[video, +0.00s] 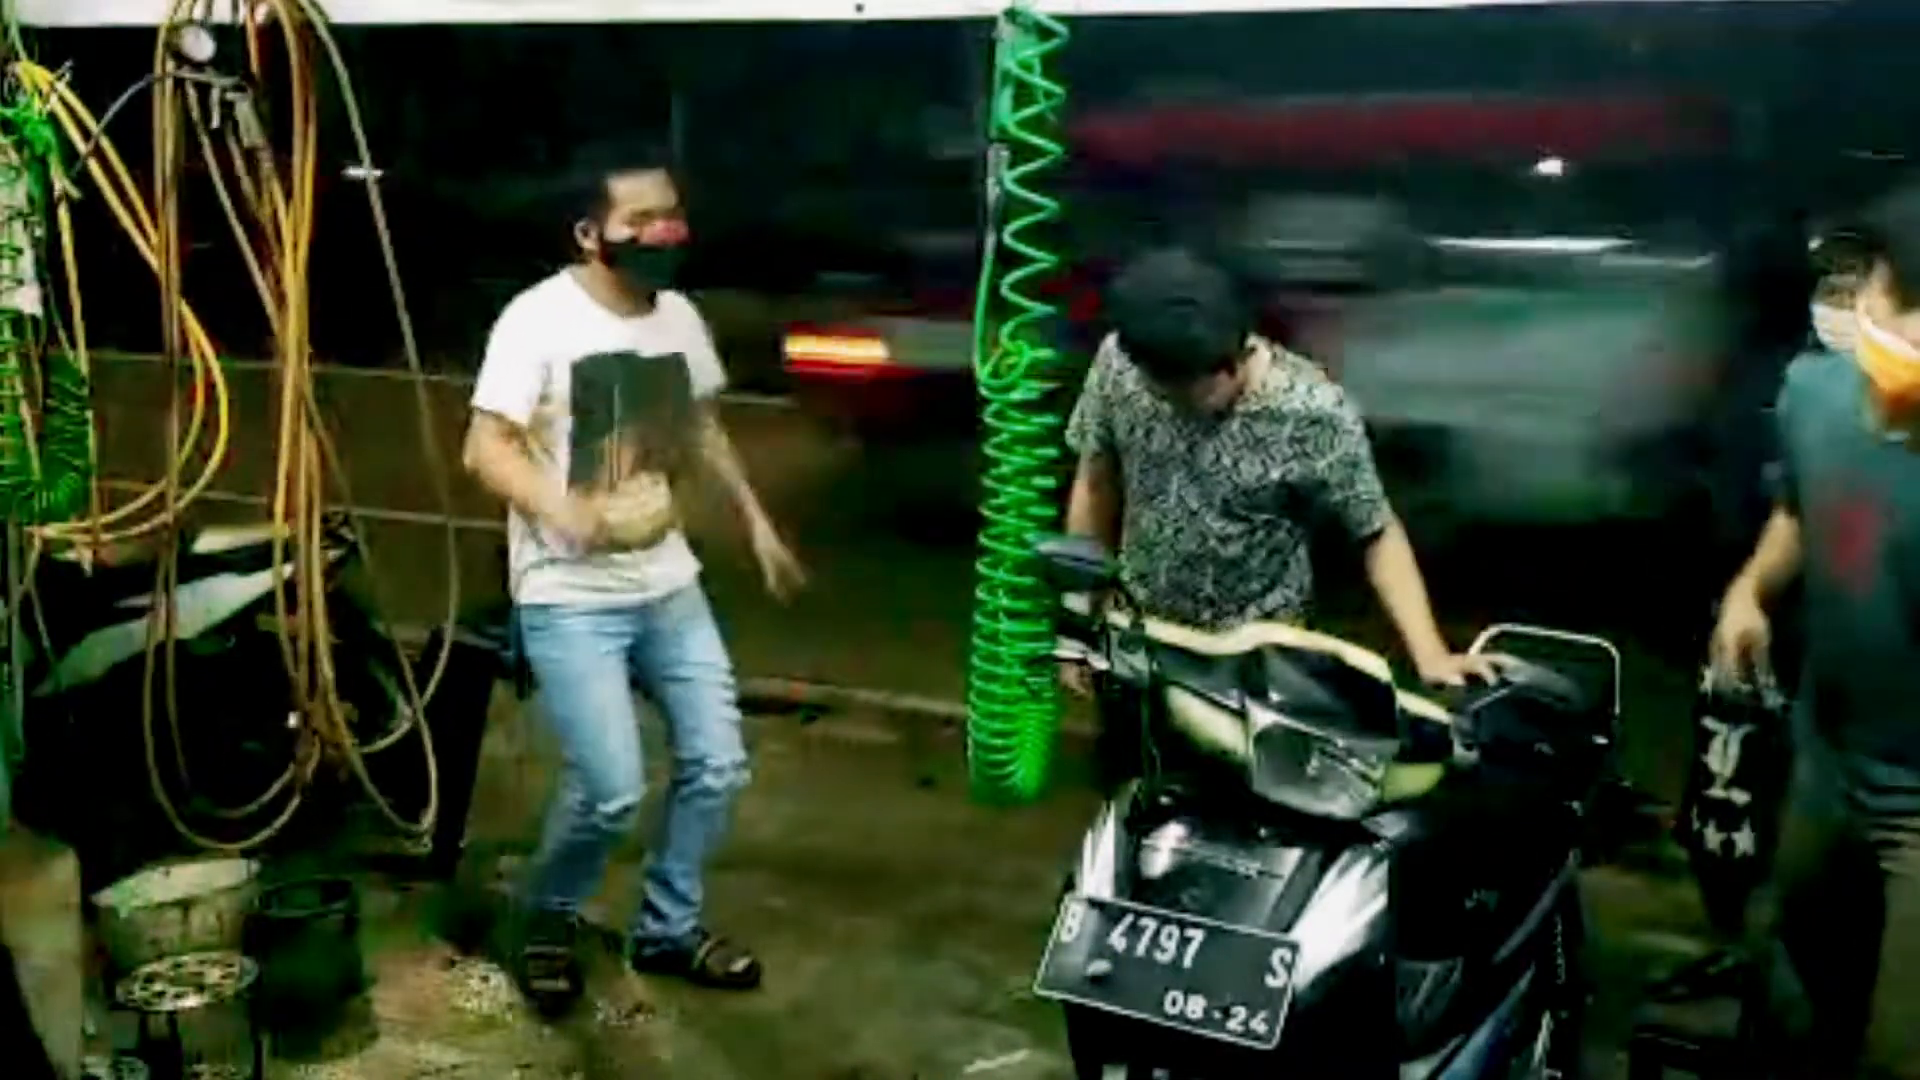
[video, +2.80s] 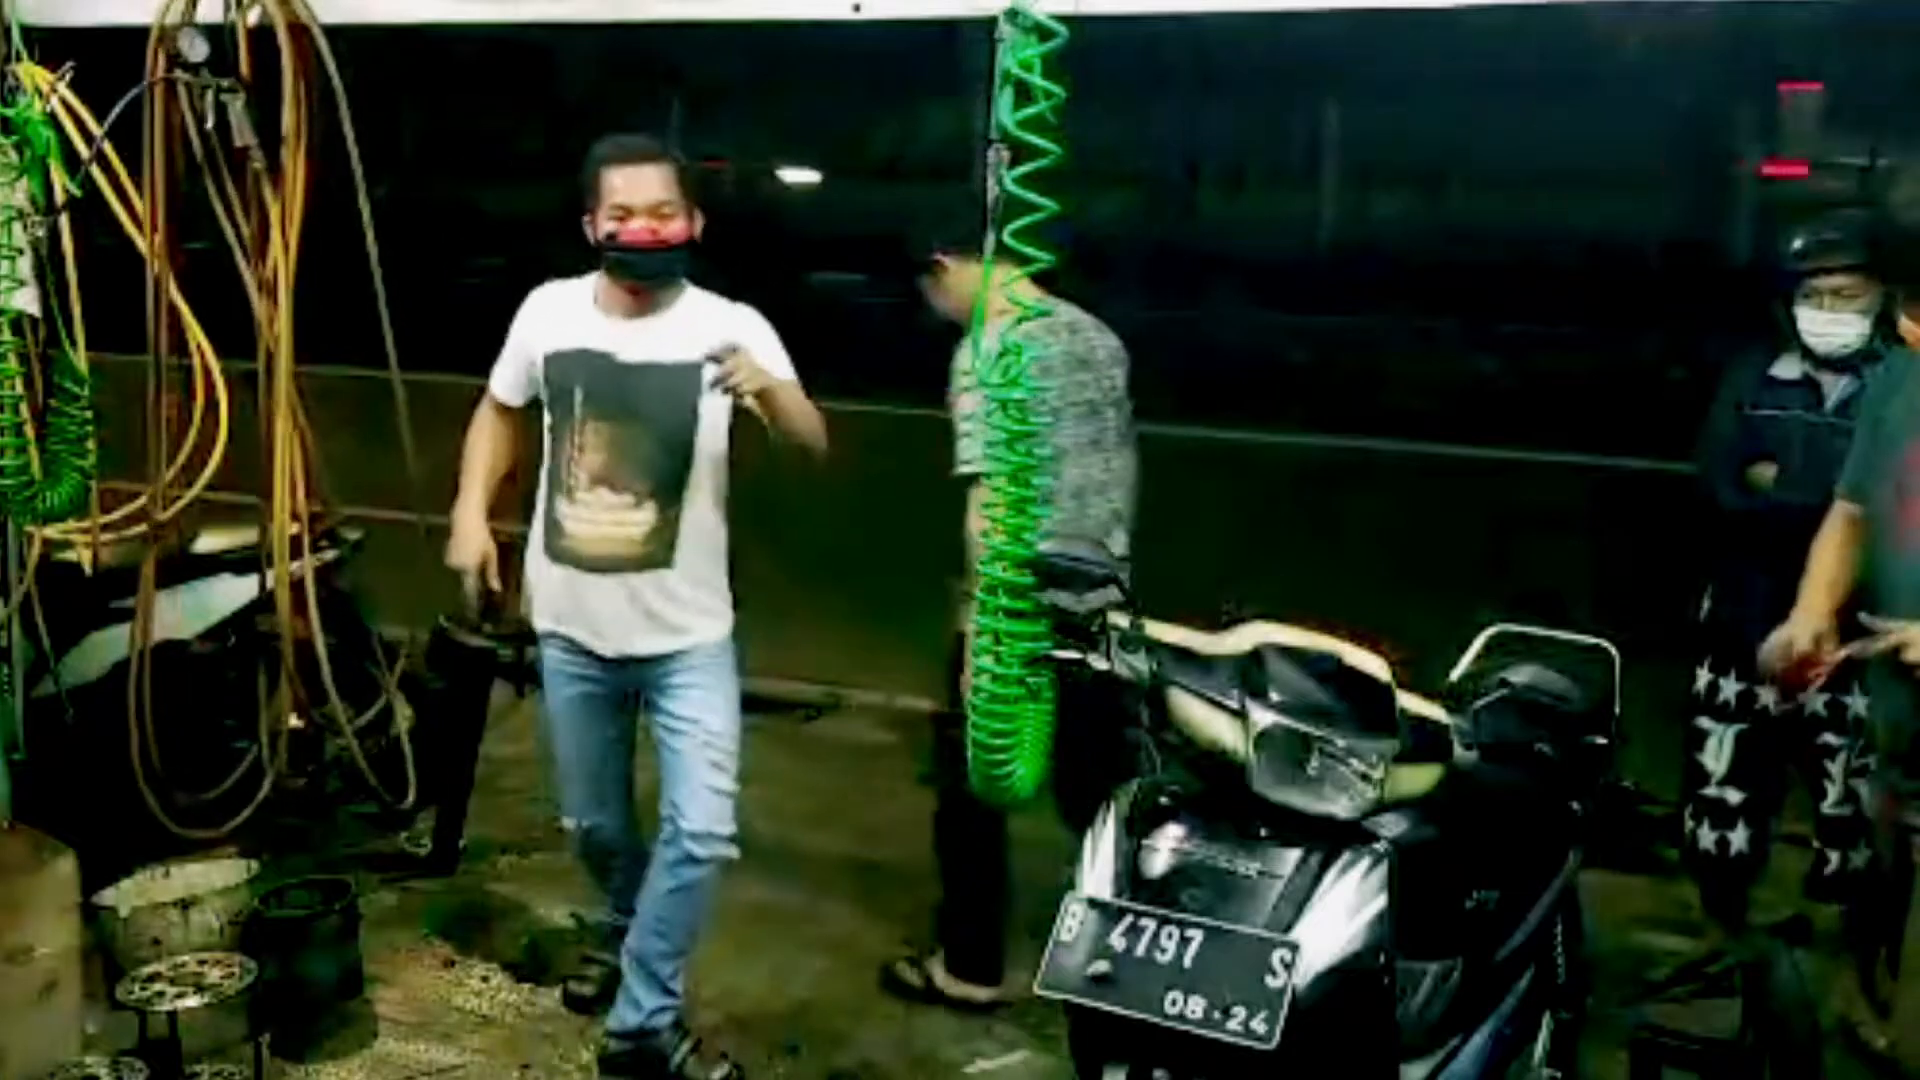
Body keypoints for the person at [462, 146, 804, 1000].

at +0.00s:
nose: (666, 236)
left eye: (671, 217)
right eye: (643, 222)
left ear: (679, 220)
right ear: (590, 232)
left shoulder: (680, 319)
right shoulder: (534, 321)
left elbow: (706, 433)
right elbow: (487, 449)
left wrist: (757, 523)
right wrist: (563, 513)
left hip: (668, 585)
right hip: (567, 598)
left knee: (716, 766)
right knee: (612, 790)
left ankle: (668, 931)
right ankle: (548, 922)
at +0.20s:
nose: (633, 213)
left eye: (649, 197)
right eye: (615, 198)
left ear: (673, 206)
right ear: (583, 206)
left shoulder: (712, 313)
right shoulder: (530, 306)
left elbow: (754, 440)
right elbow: (472, 404)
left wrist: (717, 428)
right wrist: (480, 517)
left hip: (689, 599)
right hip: (576, 603)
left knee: (714, 779)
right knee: (599, 808)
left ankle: (669, 927)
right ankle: (623, 987)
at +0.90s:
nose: (631, 227)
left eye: (650, 207)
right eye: (611, 211)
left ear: (692, 212)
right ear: (588, 223)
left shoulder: (735, 301)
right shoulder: (550, 310)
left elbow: (802, 352)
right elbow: (421, 394)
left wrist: (872, 434)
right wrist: (470, 376)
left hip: (723, 621)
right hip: (599, 630)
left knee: (742, 846)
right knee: (609, 850)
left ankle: (764, 1047)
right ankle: (633, 1002)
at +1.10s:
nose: (677, 234)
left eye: (697, 214)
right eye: (656, 216)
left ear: (734, 220)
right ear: (629, 224)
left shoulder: (783, 327)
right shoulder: (578, 322)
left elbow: (850, 426)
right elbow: (494, 424)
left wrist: (886, 540)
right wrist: (519, 438)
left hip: (757, 641)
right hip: (630, 643)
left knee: (767, 868)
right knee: (611, 872)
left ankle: (764, 1049)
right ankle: (630, 985)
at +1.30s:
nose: (704, 251)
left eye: (723, 230)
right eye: (682, 232)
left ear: (758, 236)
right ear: (653, 244)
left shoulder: (808, 368)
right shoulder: (616, 343)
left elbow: (836, 529)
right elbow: (583, 463)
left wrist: (742, 571)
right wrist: (569, 577)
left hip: (776, 671)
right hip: (644, 664)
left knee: (783, 894)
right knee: (626, 893)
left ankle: (767, 1057)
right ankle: (658, 1063)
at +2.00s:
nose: (680, 259)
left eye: (694, 237)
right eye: (654, 242)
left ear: (716, 241)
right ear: (606, 258)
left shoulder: (708, 344)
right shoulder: (566, 377)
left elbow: (703, 463)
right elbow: (479, 515)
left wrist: (747, 538)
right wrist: (608, 544)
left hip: (703, 680)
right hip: (594, 694)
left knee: (747, 882)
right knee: (657, 946)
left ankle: (641, 996)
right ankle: (639, 1063)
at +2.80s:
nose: (645, 234)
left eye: (662, 216)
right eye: (625, 218)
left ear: (689, 220)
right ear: (594, 224)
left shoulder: (730, 327)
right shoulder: (549, 313)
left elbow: (812, 448)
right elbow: (498, 411)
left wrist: (772, 394)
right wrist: (469, 516)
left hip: (689, 627)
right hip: (573, 624)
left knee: (702, 833)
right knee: (593, 827)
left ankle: (642, 1031)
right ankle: (632, 927)